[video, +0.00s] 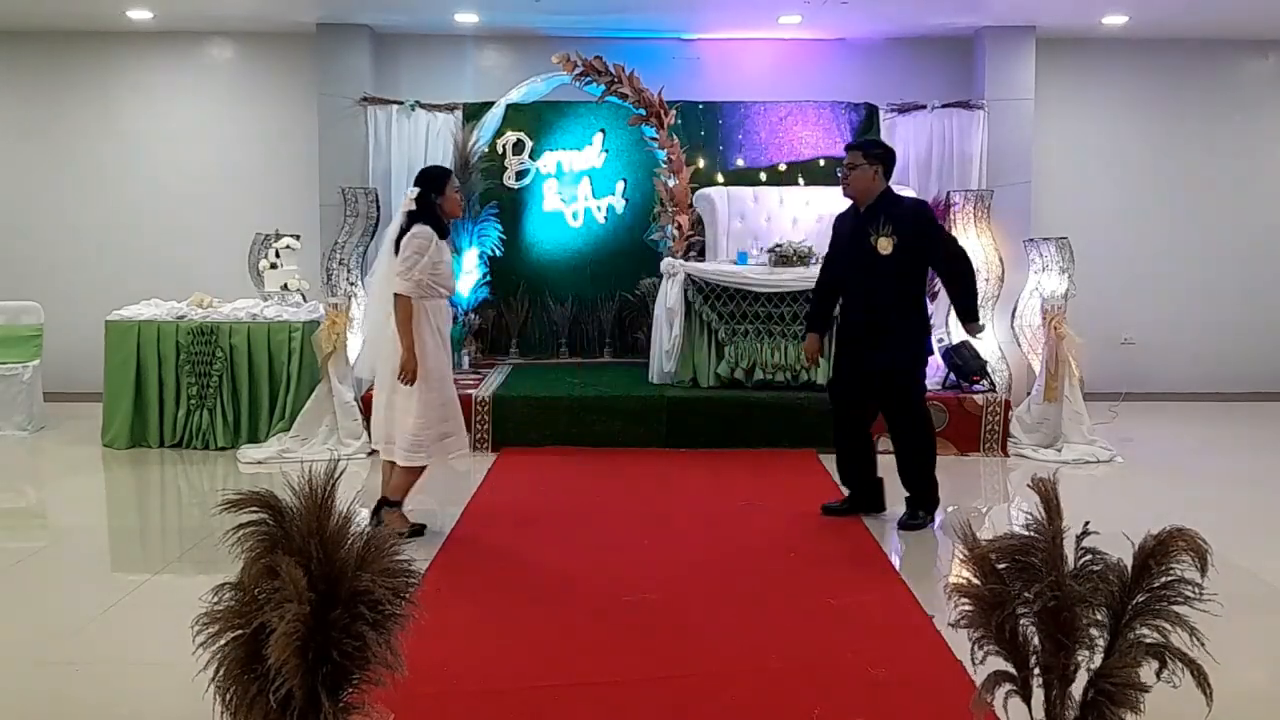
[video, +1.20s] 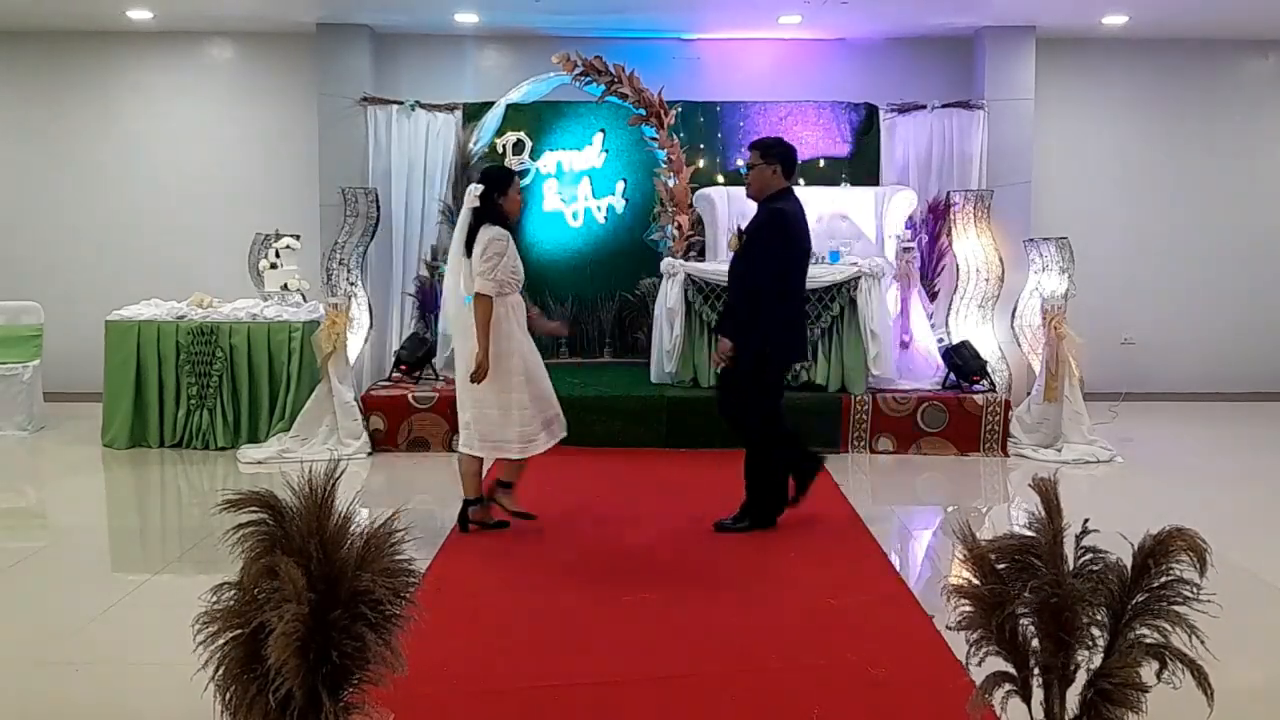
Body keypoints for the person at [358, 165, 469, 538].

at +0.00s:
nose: (461, 198)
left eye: (459, 192)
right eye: (454, 192)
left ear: (434, 197)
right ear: (436, 197)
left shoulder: (426, 232)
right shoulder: (422, 234)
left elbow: (408, 292)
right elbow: (401, 292)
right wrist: (407, 349)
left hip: (418, 341)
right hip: (419, 343)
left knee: (405, 421)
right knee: (427, 426)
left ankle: (389, 505)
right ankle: (392, 509)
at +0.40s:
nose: (459, 198)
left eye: (457, 190)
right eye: (453, 191)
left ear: (427, 195)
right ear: (434, 195)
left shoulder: (404, 231)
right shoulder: (428, 236)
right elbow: (434, 301)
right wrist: (460, 349)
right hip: (413, 344)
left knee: (455, 411)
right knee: (398, 423)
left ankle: (446, 494)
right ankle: (380, 512)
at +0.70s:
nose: (475, 208)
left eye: (473, 201)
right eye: (469, 202)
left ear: (446, 207)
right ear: (450, 207)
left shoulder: (431, 245)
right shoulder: (449, 250)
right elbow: (462, 314)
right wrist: (491, 355)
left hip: (441, 344)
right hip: (444, 348)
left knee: (468, 422)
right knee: (418, 427)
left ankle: (474, 506)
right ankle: (384, 511)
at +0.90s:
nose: (495, 201)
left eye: (494, 194)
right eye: (490, 195)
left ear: (465, 199)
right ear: (472, 199)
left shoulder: (457, 233)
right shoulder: (473, 237)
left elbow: (461, 298)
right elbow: (468, 298)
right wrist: (477, 352)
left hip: (461, 341)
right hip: (468, 343)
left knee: (466, 424)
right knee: (453, 425)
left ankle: (473, 505)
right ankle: (400, 493)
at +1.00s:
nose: (504, 201)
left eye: (502, 194)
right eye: (499, 195)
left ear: (474, 198)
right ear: (483, 198)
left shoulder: (462, 232)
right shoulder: (482, 236)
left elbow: (460, 296)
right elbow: (472, 297)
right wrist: (475, 352)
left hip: (467, 340)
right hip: (481, 341)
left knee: (468, 423)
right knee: (482, 423)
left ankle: (473, 506)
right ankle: (419, 470)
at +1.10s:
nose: (512, 200)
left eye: (511, 193)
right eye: (507, 194)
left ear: (484, 198)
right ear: (491, 198)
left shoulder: (477, 233)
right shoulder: (487, 235)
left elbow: (474, 296)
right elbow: (476, 295)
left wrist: (478, 350)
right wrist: (476, 350)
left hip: (484, 343)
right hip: (493, 343)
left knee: (480, 416)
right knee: (516, 416)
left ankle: (475, 504)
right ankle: (455, 464)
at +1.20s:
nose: (520, 199)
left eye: (519, 192)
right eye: (515, 193)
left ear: (489, 198)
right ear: (500, 197)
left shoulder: (481, 236)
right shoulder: (495, 237)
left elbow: (503, 295)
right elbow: (483, 295)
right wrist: (483, 350)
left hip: (481, 344)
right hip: (502, 344)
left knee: (475, 423)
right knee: (533, 414)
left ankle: (473, 506)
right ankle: (504, 488)